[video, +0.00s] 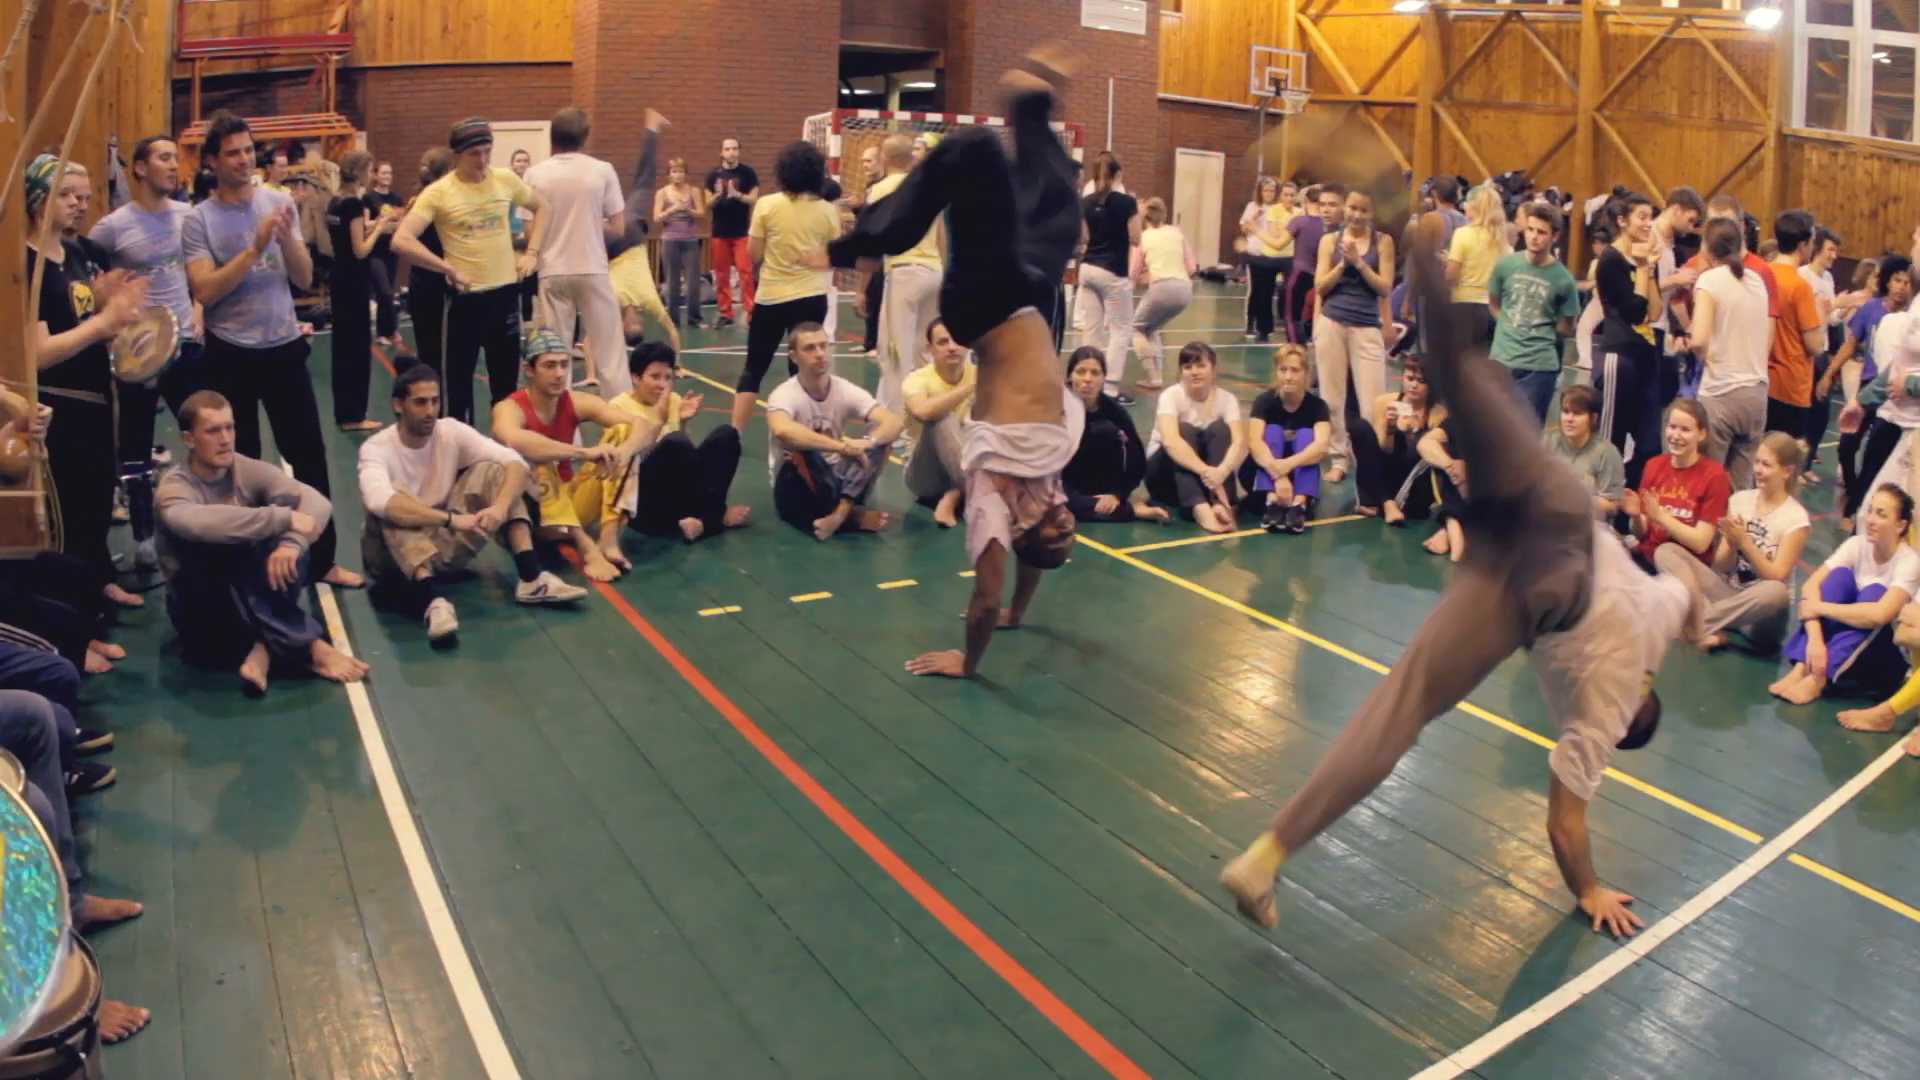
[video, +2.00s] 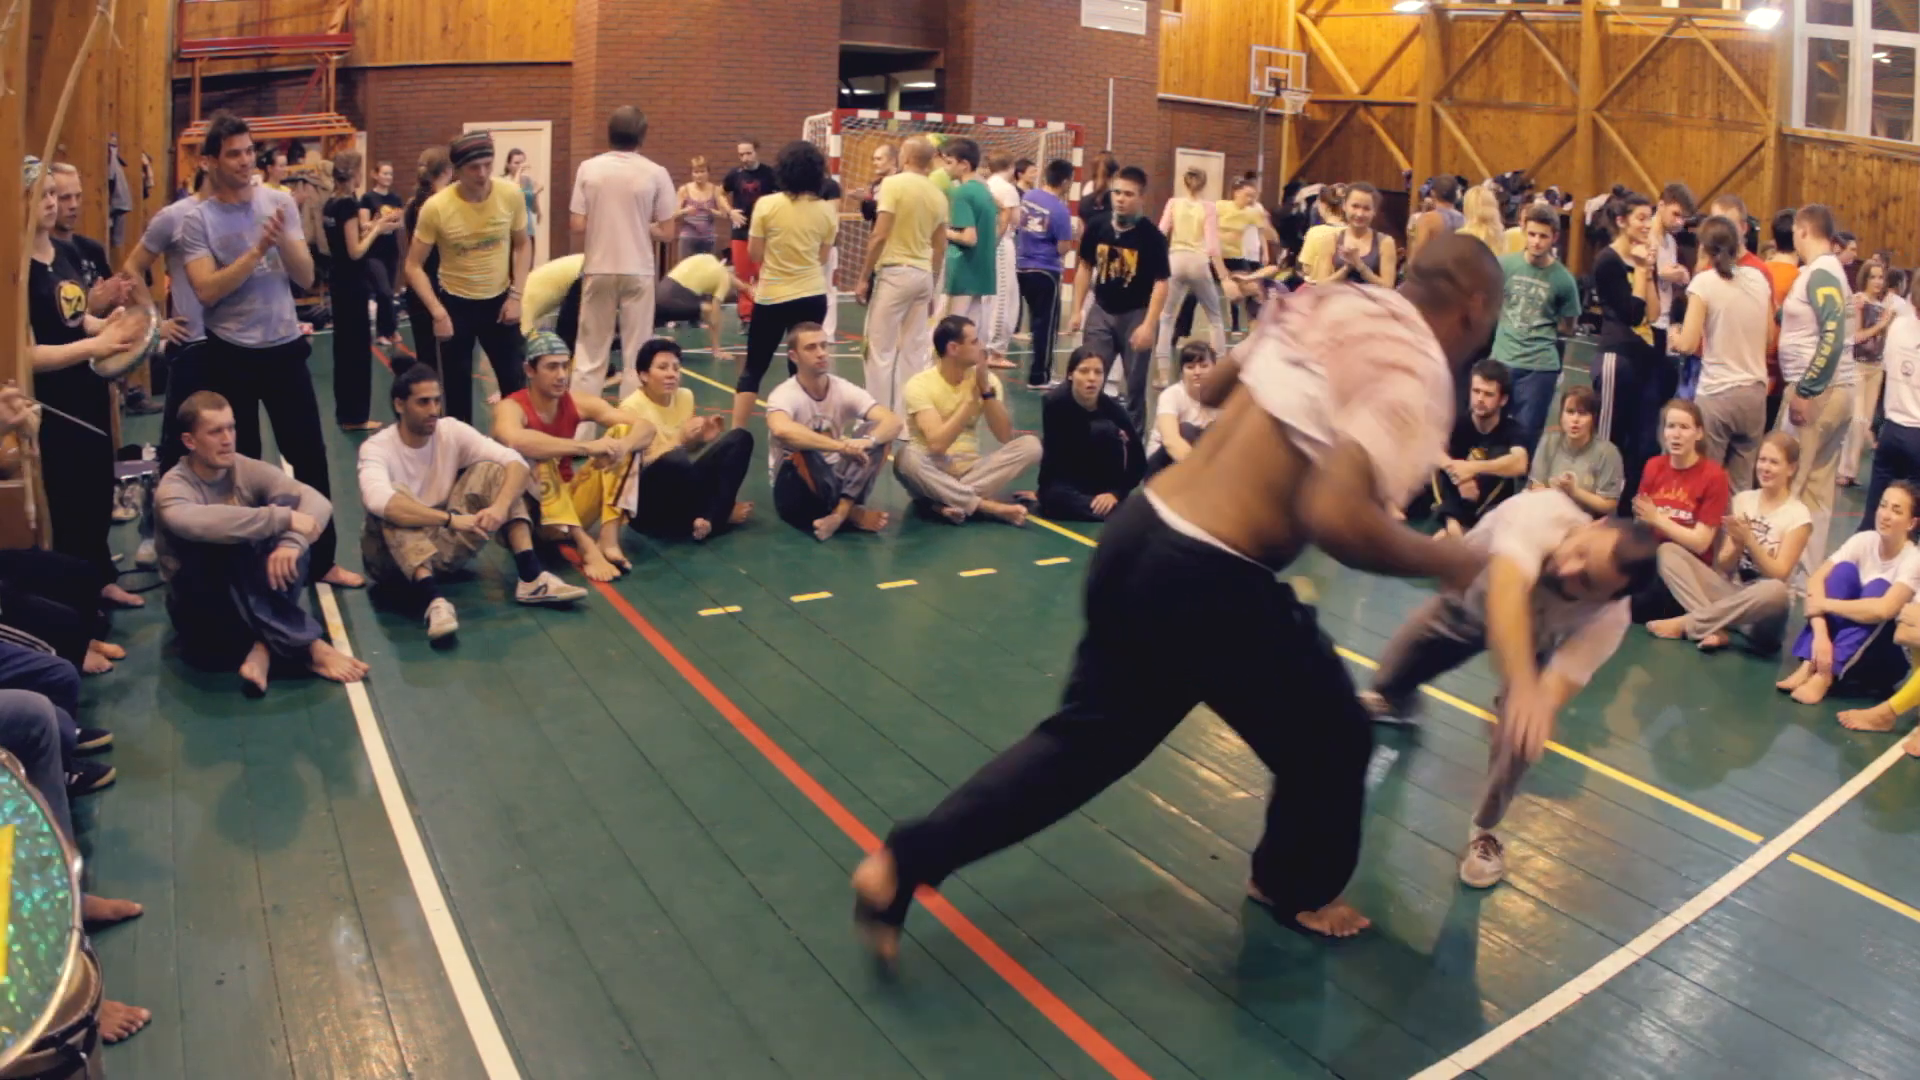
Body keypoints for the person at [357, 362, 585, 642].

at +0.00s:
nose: (430, 411)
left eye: (435, 402)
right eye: (420, 403)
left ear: (441, 402)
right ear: (398, 405)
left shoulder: (450, 431)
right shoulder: (376, 449)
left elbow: (516, 464)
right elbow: (380, 503)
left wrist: (500, 509)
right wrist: (451, 519)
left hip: (449, 545)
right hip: (398, 551)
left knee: (492, 470)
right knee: (396, 500)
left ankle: (532, 577)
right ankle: (434, 602)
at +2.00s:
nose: (433, 410)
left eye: (437, 401)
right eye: (423, 403)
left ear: (442, 401)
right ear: (399, 405)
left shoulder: (451, 431)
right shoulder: (376, 449)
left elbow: (516, 464)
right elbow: (380, 502)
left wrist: (500, 509)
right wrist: (450, 520)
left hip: (449, 547)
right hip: (398, 553)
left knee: (491, 470)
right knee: (396, 498)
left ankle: (532, 577)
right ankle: (434, 601)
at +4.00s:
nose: (432, 411)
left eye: (435, 401)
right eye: (422, 403)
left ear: (440, 401)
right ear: (398, 407)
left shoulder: (450, 431)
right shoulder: (376, 449)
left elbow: (516, 463)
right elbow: (380, 502)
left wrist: (500, 508)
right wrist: (450, 519)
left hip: (449, 546)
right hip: (397, 553)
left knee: (493, 470)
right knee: (395, 499)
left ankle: (532, 576)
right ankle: (434, 601)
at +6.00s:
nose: (434, 412)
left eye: (437, 402)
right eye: (424, 404)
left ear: (441, 401)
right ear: (399, 407)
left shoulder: (450, 430)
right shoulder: (375, 449)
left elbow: (516, 463)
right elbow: (380, 502)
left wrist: (500, 508)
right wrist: (450, 519)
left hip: (449, 545)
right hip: (399, 551)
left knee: (493, 469)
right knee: (395, 501)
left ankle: (532, 577)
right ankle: (434, 601)